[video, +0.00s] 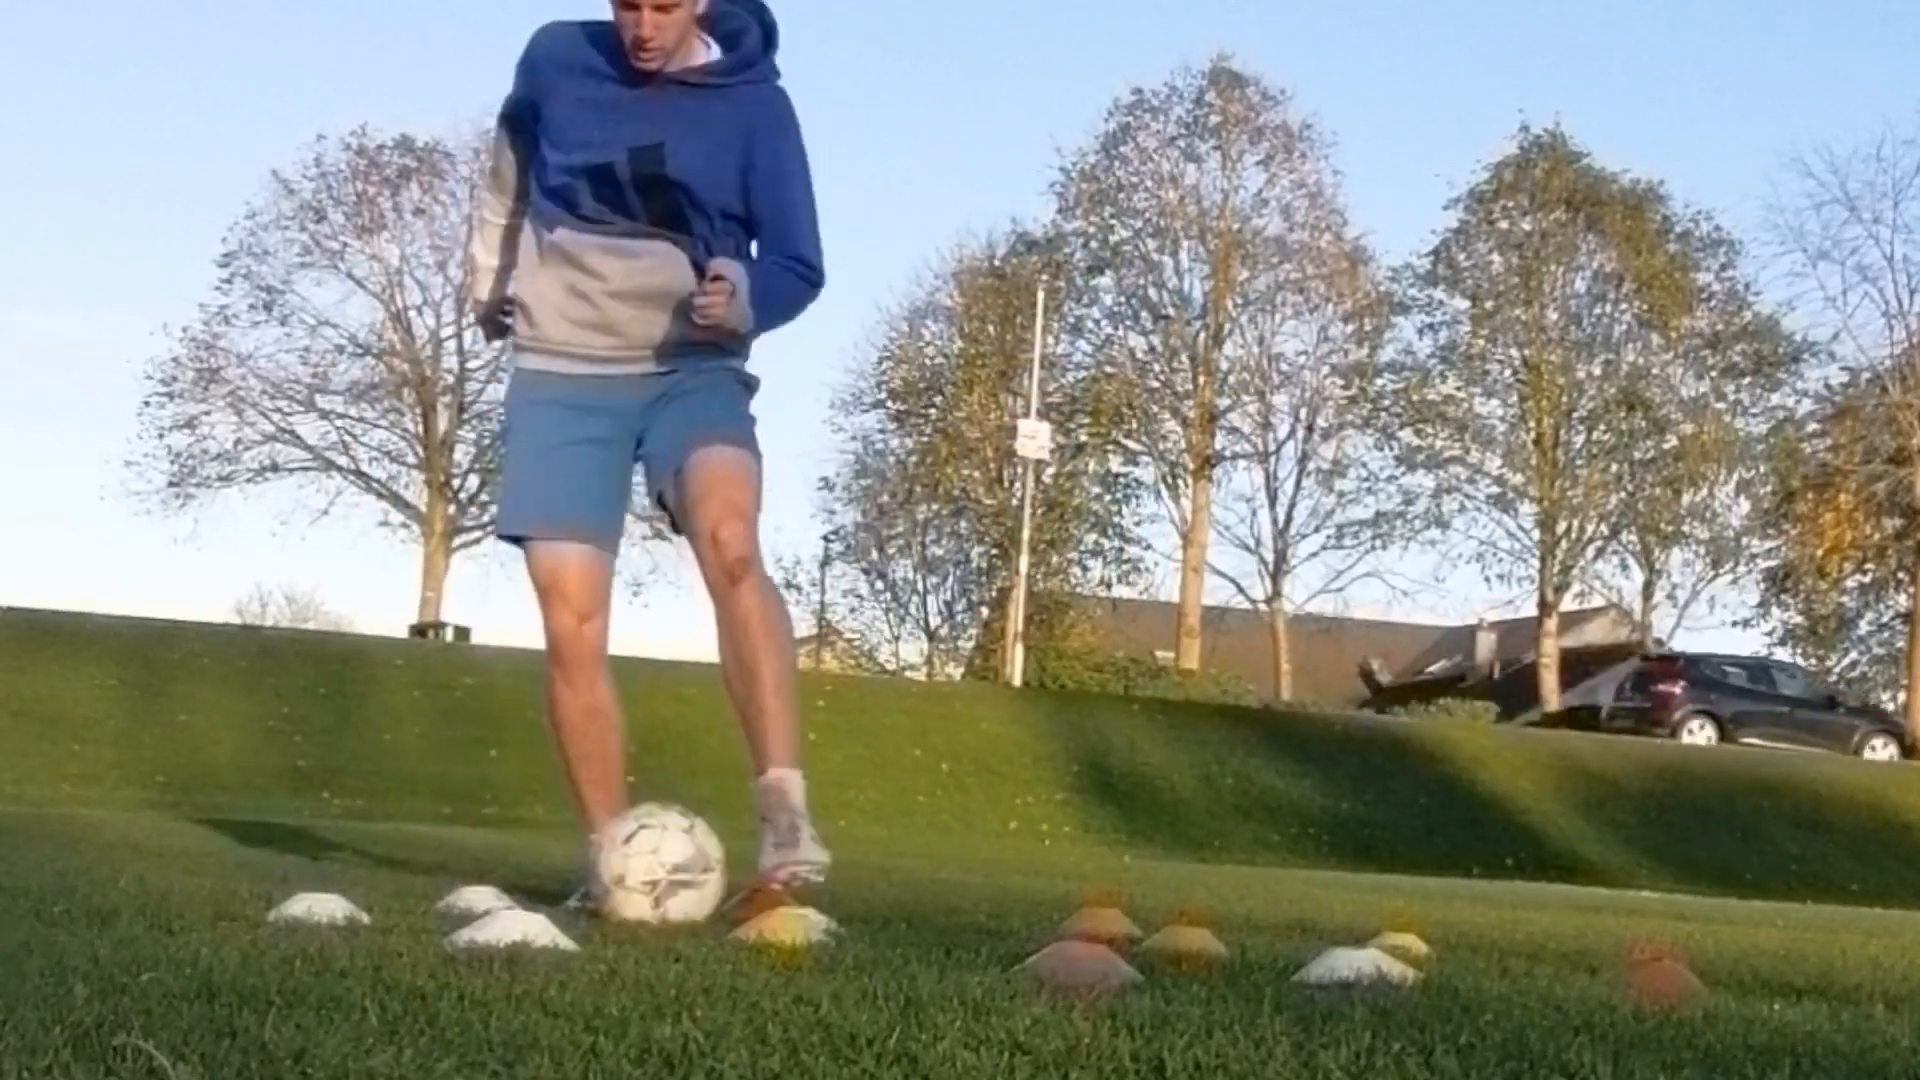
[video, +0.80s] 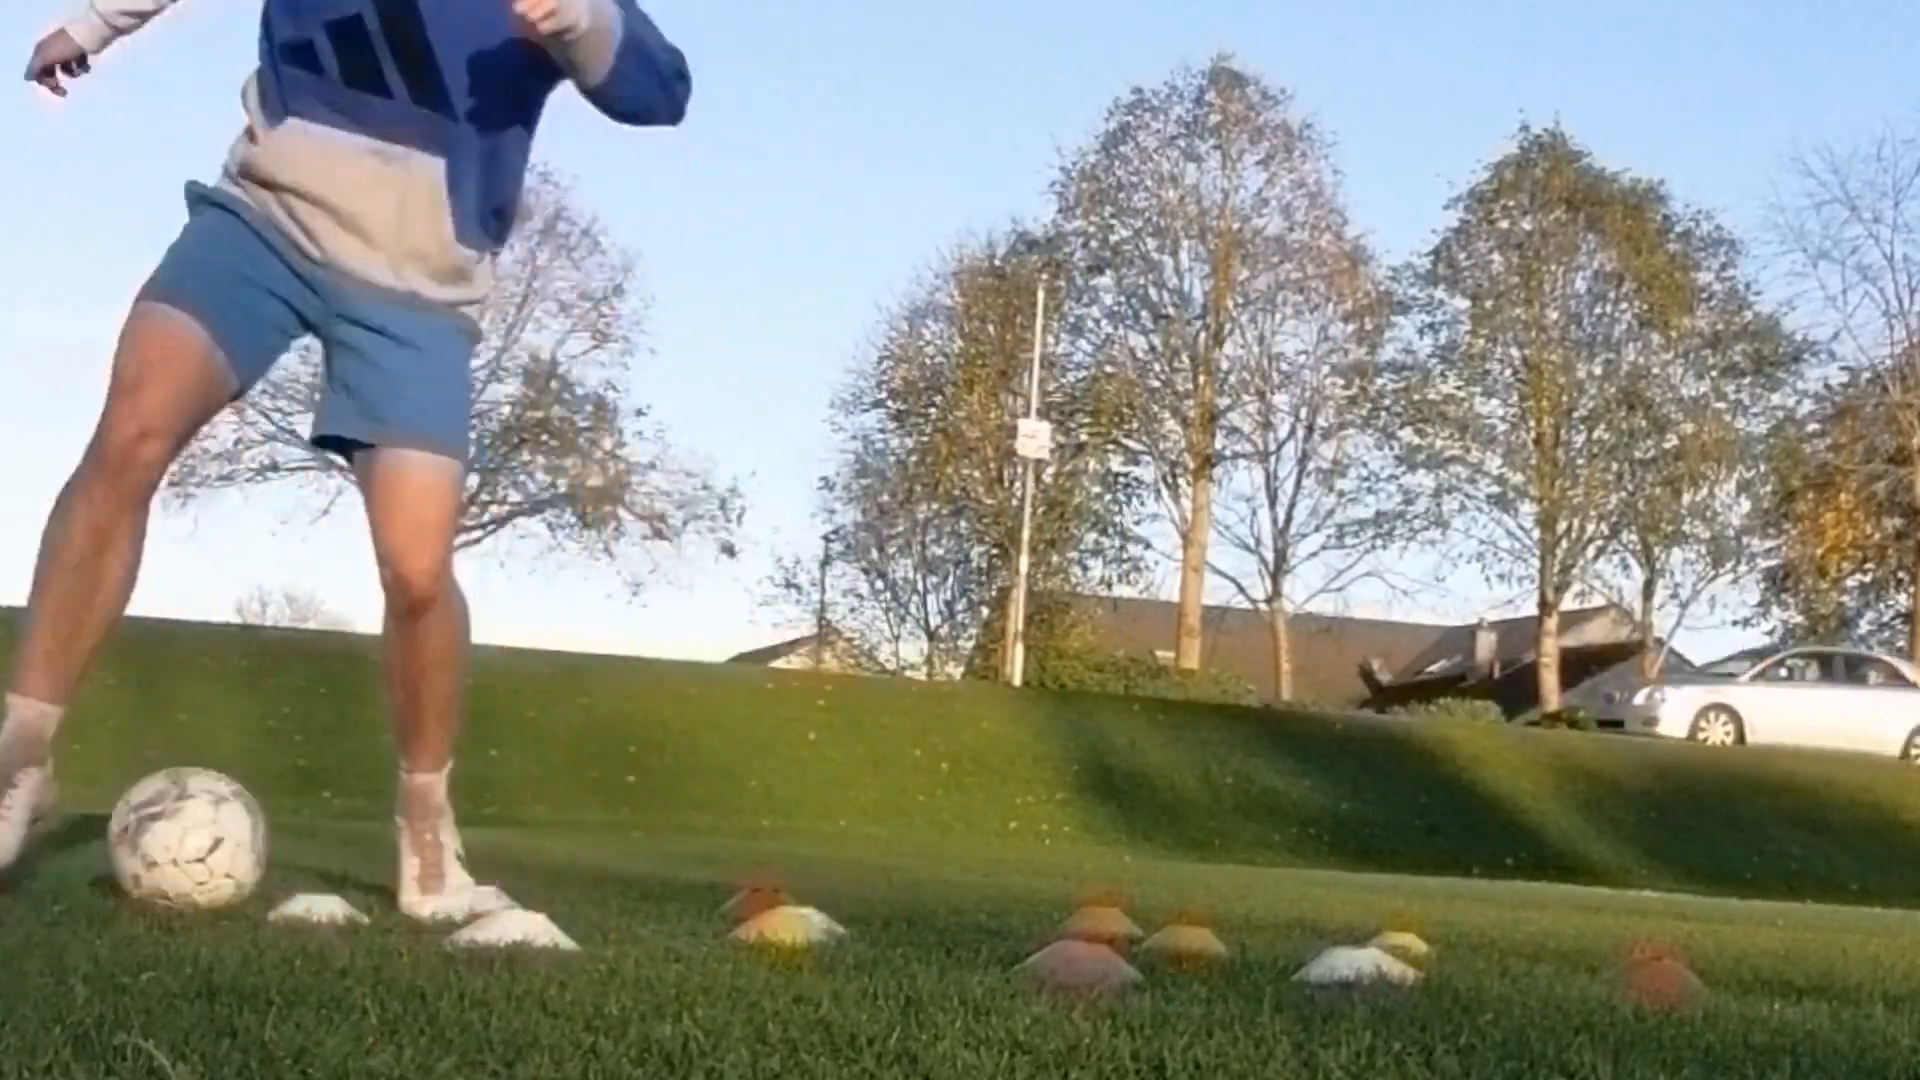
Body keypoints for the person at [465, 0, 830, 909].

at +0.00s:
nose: (641, 26)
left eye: (662, 9)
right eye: (627, 7)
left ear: (701, 3)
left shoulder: (754, 100)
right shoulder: (557, 56)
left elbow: (796, 263)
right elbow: (509, 155)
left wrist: (747, 302)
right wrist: (490, 271)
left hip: (692, 381)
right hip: (559, 384)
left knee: (734, 550)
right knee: (570, 625)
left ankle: (785, 821)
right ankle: (612, 872)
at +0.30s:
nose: (614, 21)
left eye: (638, 4)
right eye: (604, 1)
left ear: (690, 5)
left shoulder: (760, 98)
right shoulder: (555, 59)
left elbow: (850, 246)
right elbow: (511, 172)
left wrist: (776, 285)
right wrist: (475, 245)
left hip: (736, 410)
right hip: (593, 408)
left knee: (776, 629)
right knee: (458, 537)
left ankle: (864, 888)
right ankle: (648, 766)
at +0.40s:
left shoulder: (739, 40)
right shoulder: (532, 5)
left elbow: (822, 171)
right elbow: (475, 46)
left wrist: (820, 218)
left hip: (672, 360)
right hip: (534, 362)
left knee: (717, 604)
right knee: (495, 583)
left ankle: (824, 869)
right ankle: (647, 854)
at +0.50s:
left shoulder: (714, 10)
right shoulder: (484, 0)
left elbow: (798, 85)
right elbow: (413, 27)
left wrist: (841, 123)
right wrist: (376, 33)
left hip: (621, 311)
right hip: (475, 297)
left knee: (609, 554)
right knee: (368, 510)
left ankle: (619, 796)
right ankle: (498, 764)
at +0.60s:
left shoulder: (656, 9)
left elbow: (720, 91)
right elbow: (330, 59)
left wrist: (786, 119)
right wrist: (274, 129)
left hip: (570, 312)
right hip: (416, 283)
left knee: (518, 602)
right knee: (248, 482)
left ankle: (504, 871)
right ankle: (207, 775)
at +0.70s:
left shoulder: (637, 12)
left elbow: (754, 94)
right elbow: (256, 27)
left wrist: (749, 51)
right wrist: (164, 126)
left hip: (487, 314)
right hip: (333, 255)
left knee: (479, 594)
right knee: (156, 432)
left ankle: (496, 874)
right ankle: (107, 739)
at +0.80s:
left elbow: (663, 94)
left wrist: (580, 25)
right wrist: (95, 25)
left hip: (421, 286)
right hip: (264, 220)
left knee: (419, 575)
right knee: (127, 442)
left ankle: (429, 856)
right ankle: (18, 767)